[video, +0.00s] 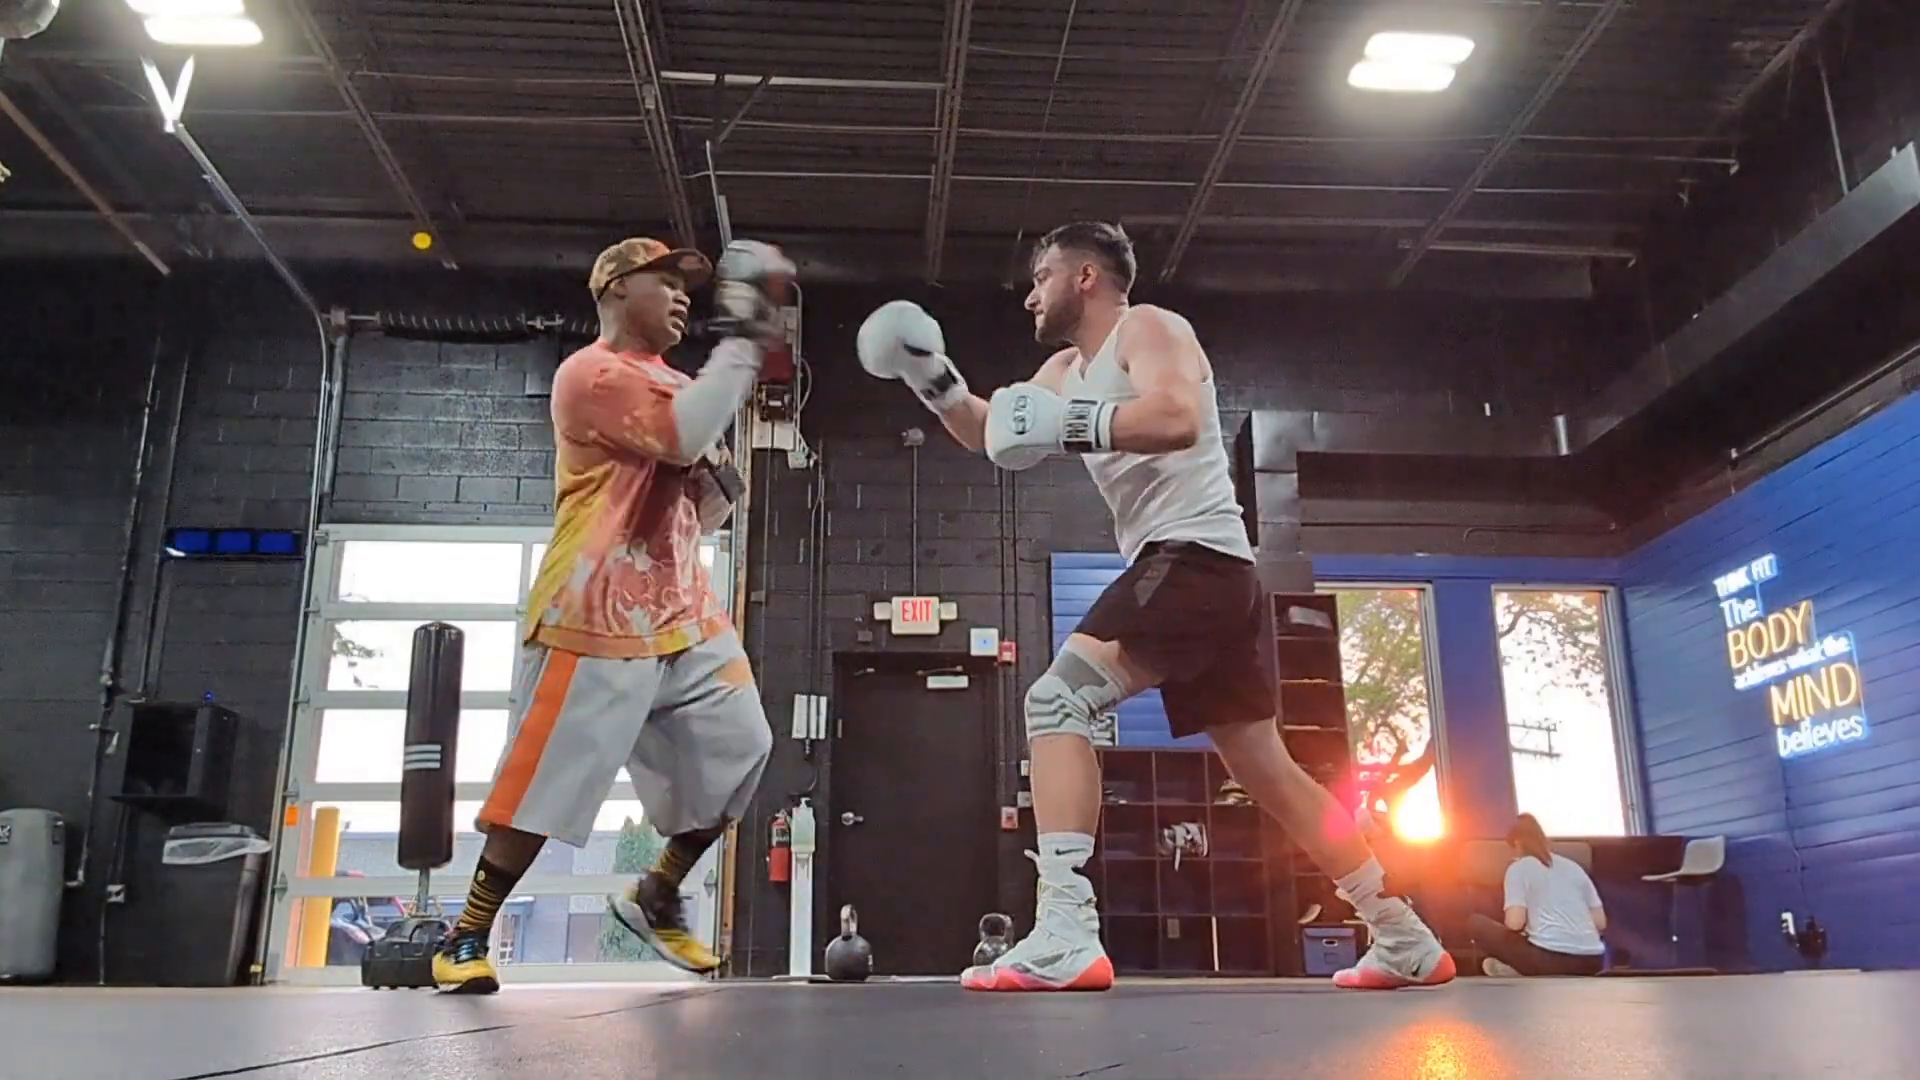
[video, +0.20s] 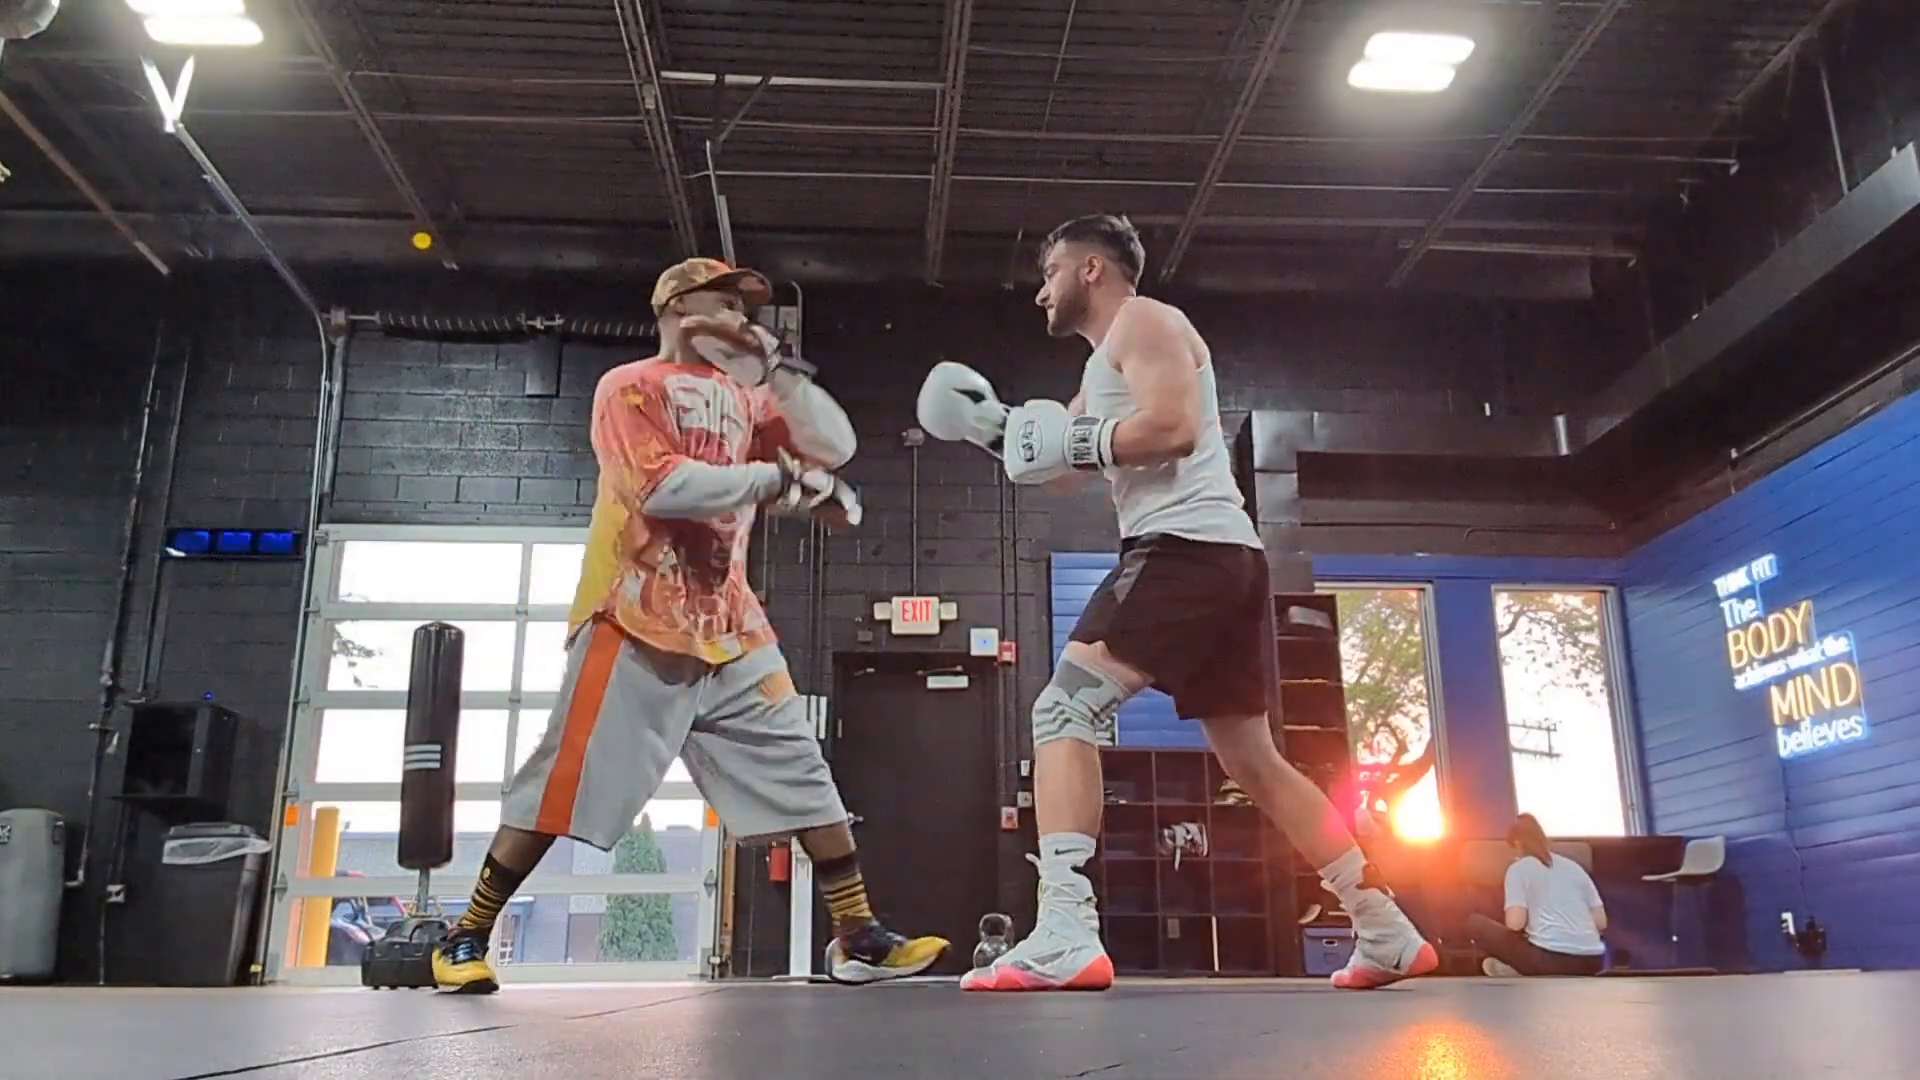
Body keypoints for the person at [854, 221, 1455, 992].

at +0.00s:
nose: (1031, 295)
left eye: (1042, 276)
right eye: (1031, 282)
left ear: (1090, 274)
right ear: (1078, 285)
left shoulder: (1149, 325)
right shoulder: (1061, 370)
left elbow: (1178, 418)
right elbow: (993, 436)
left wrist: (1064, 422)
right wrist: (935, 379)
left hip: (1193, 561)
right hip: (1204, 571)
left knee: (1058, 703)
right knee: (1266, 769)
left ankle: (1064, 933)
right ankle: (1403, 936)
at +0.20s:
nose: (1039, 292)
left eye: (1048, 272)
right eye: (1040, 277)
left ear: (1092, 266)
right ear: (1087, 274)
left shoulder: (1144, 320)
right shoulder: (1106, 368)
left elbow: (1172, 427)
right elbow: (1071, 472)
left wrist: (1073, 439)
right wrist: (994, 428)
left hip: (1185, 553)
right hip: (1222, 559)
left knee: (1065, 714)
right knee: (1255, 762)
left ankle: (1065, 931)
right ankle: (1386, 930)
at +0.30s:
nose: (1067, 322)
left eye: (1072, 304)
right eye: (1067, 308)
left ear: (1107, 290)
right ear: (1133, 297)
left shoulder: (1116, 333)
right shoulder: (1185, 362)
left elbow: (1131, 428)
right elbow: (1148, 498)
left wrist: (1069, 462)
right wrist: (1085, 466)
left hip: (1190, 547)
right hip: (1258, 555)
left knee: (1073, 719)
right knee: (1269, 760)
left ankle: (1064, 930)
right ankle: (1390, 932)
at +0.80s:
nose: (1052, 320)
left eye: (1064, 300)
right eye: (1050, 307)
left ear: (1119, 298)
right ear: (1100, 307)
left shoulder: (1194, 365)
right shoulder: (1084, 400)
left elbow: (1208, 485)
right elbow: (1071, 530)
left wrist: (1106, 441)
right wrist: (1041, 464)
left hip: (1215, 578)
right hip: (1177, 588)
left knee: (1078, 708)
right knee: (1204, 808)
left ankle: (1066, 933)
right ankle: (1372, 929)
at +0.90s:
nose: (1003, 399)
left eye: (1011, 377)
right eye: (999, 386)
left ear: (1066, 363)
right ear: (1058, 374)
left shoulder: (1152, 406)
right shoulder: (1065, 463)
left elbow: (1185, 531)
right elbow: (1084, 588)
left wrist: (1083, 481)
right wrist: (1027, 535)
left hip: (1228, 607)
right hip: (1217, 618)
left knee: (1066, 709)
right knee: (1185, 815)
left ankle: (1063, 934)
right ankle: (1363, 918)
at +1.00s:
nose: (995, 477)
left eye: (998, 457)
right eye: (990, 463)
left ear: (1044, 444)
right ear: (1046, 450)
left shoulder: (1117, 456)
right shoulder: (1097, 522)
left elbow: (1113, 571)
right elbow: (1116, 638)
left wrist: (1023, 531)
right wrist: (1040, 601)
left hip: (1242, 645)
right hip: (1283, 664)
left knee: (1055, 710)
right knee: (1197, 809)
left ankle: (1061, 938)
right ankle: (1358, 934)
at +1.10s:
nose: (1032, 510)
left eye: (1038, 491)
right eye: (1027, 498)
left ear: (1081, 476)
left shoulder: (1115, 489)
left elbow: (1063, 564)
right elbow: (1149, 665)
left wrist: (1001, 564)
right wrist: (1068, 619)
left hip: (1244, 669)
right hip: (1318, 693)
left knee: (1042, 725)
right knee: (1236, 811)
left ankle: (1062, 937)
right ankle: (1386, 948)